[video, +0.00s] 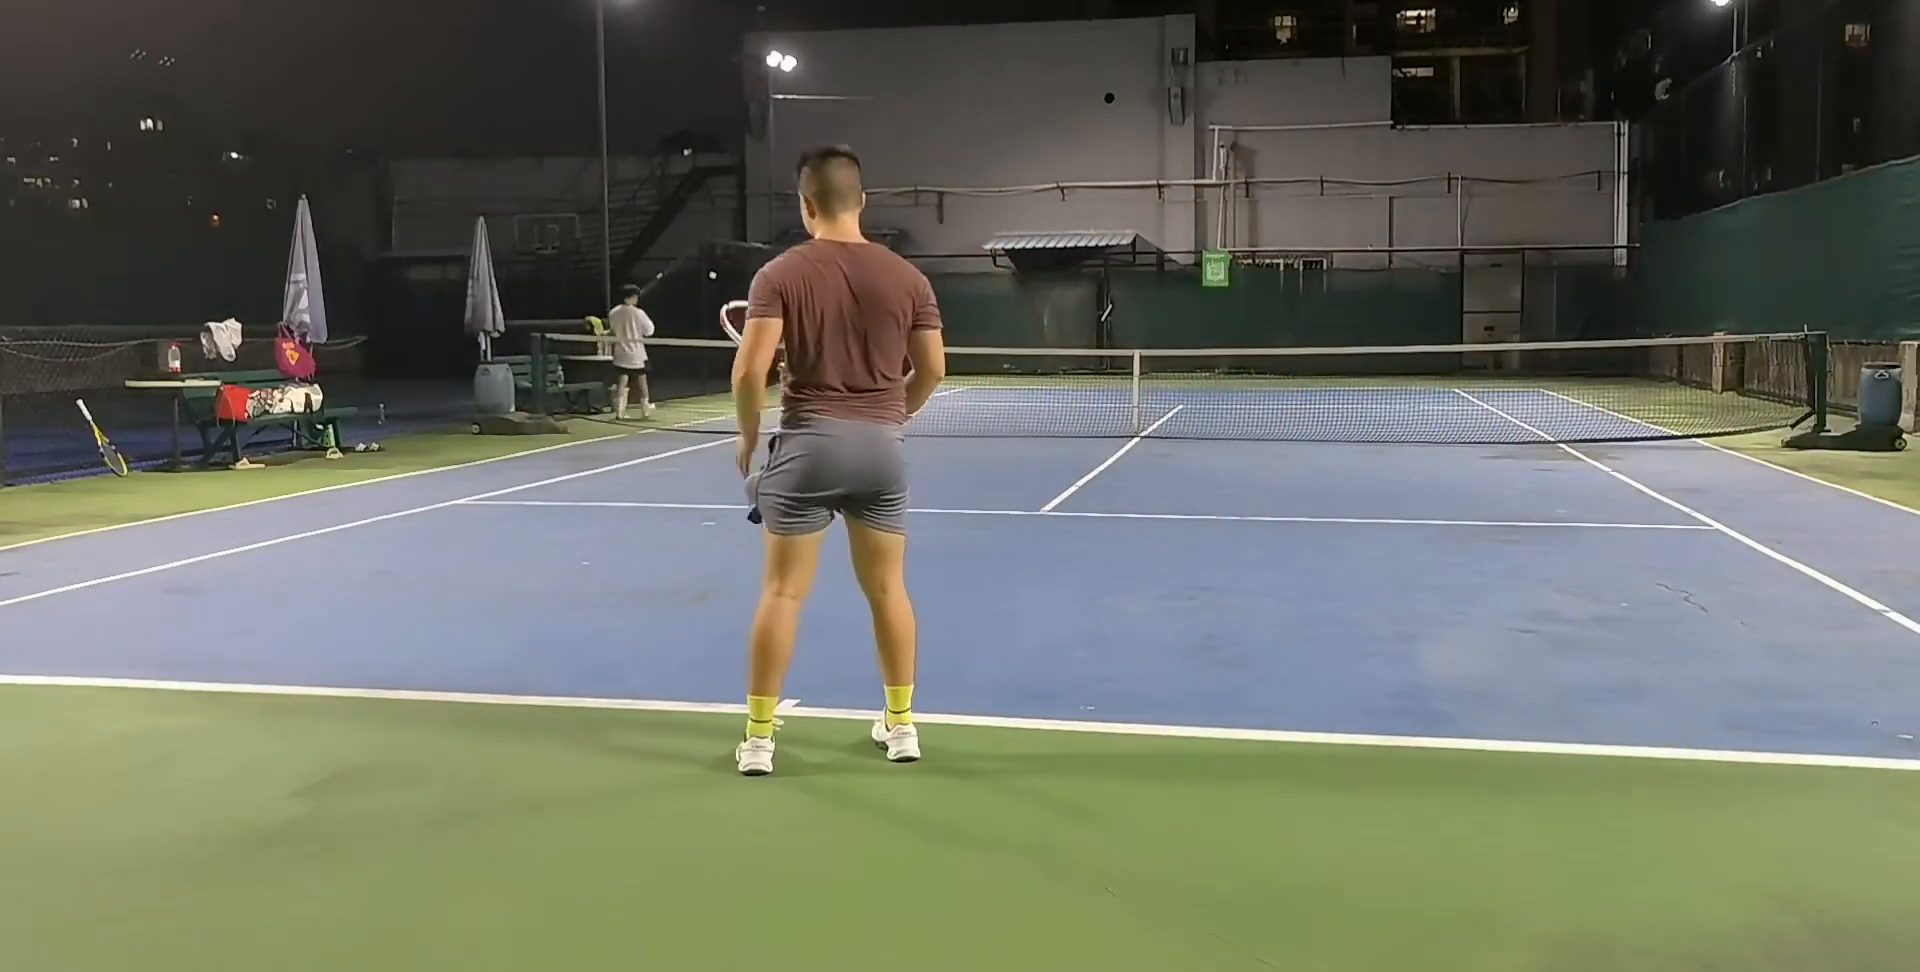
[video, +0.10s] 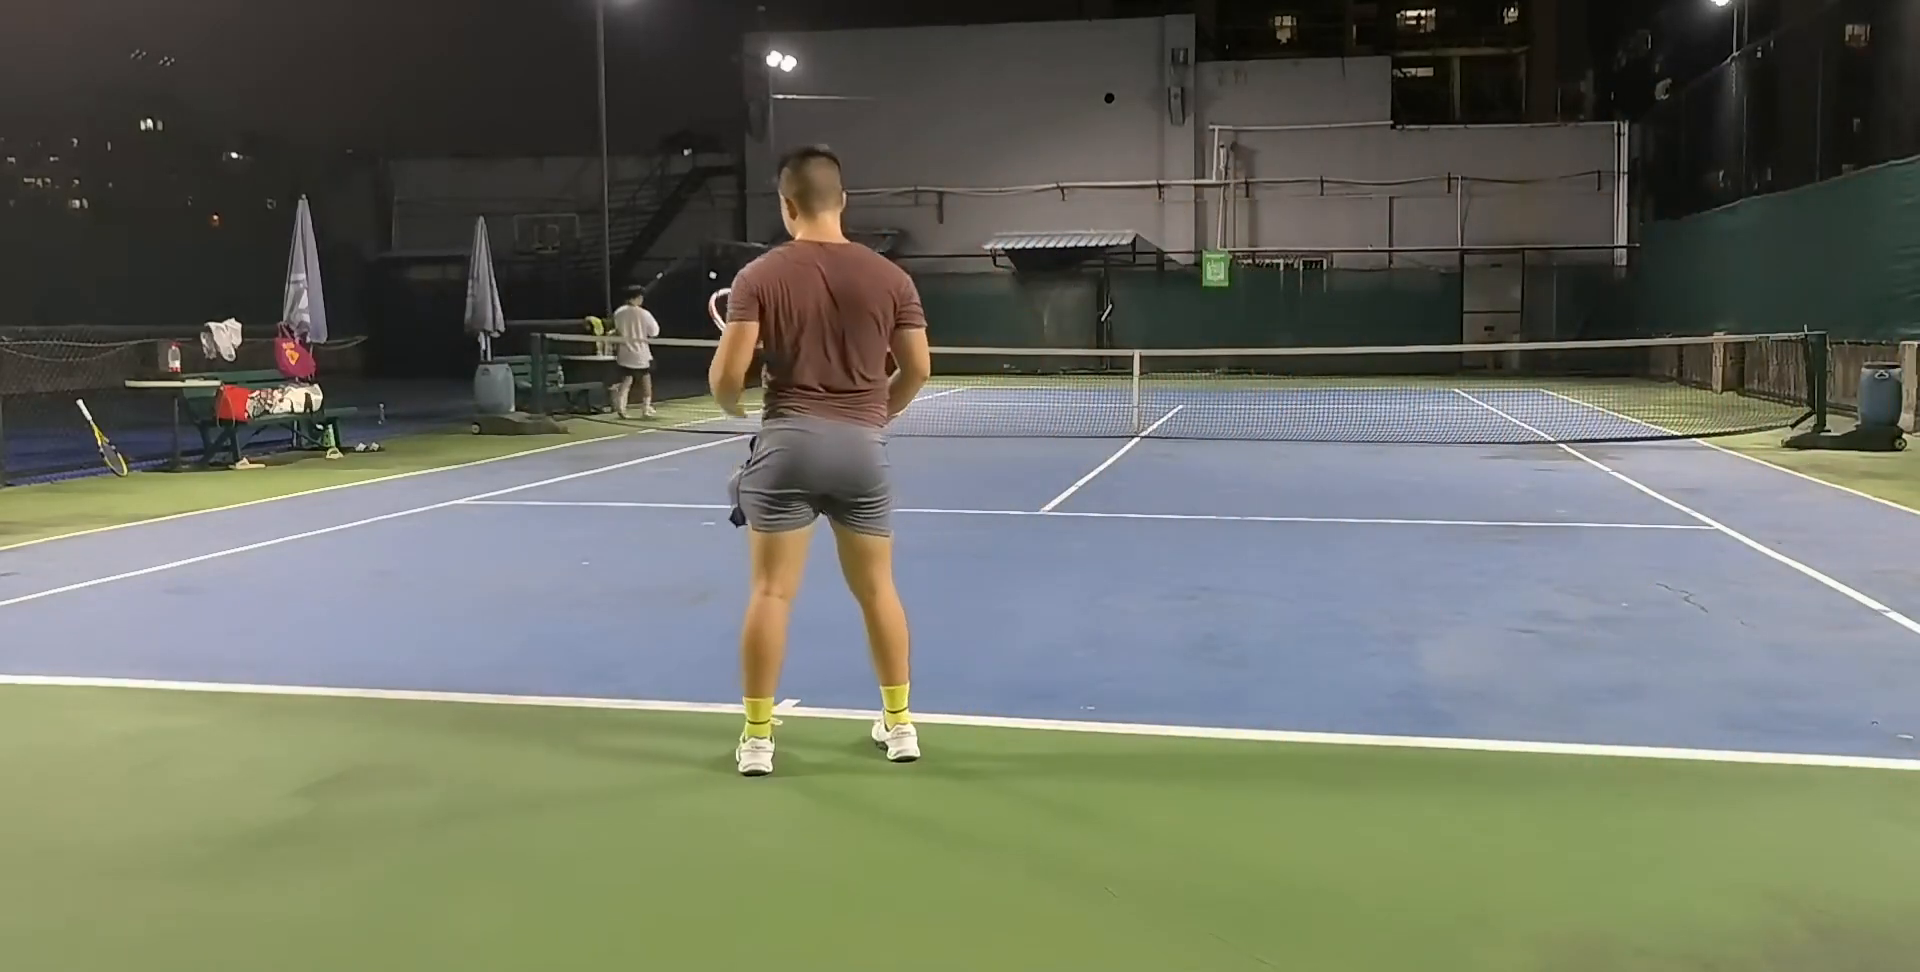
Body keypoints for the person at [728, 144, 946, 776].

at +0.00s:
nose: (803, 211)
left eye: (802, 203)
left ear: (805, 205)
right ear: (863, 203)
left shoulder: (781, 275)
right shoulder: (907, 276)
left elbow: (750, 372)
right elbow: (931, 367)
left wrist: (747, 439)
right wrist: (897, 410)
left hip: (807, 444)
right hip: (881, 443)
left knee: (782, 590)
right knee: (889, 588)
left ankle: (759, 738)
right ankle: (900, 725)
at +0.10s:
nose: (785, 212)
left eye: (782, 204)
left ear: (786, 204)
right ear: (844, 203)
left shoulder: (760, 277)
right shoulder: (890, 276)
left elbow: (727, 382)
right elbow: (916, 368)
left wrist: (731, 361)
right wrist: (882, 412)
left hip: (788, 439)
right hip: (861, 442)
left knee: (771, 591)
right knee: (878, 588)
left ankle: (757, 738)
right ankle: (899, 724)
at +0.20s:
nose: (770, 215)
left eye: (767, 206)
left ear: (770, 206)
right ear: (829, 204)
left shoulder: (744, 278)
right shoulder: (874, 277)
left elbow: (708, 376)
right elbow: (902, 371)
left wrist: (722, 337)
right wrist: (866, 416)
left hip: (771, 438)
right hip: (846, 444)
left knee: (760, 592)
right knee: (869, 591)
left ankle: (755, 739)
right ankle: (896, 724)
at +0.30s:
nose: (760, 214)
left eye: (756, 205)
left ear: (759, 206)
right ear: (818, 204)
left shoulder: (733, 278)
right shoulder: (861, 276)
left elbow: (694, 373)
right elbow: (891, 371)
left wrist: (715, 338)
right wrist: (854, 420)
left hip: (758, 439)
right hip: (834, 445)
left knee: (754, 593)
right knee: (859, 591)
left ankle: (756, 740)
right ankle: (888, 724)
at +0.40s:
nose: (760, 215)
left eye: (753, 205)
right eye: (805, 202)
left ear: (753, 206)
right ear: (812, 205)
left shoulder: (722, 279)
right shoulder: (850, 277)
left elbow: (688, 374)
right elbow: (884, 371)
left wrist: (726, 356)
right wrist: (851, 415)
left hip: (747, 441)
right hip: (825, 447)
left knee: (750, 593)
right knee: (855, 589)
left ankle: (756, 740)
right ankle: (885, 725)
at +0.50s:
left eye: (750, 204)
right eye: (808, 201)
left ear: (750, 207)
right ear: (809, 205)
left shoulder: (717, 281)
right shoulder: (844, 278)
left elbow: (688, 374)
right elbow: (880, 371)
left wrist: (732, 360)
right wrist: (849, 418)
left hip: (742, 442)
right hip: (821, 448)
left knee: (748, 592)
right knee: (854, 589)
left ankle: (755, 739)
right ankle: (884, 727)